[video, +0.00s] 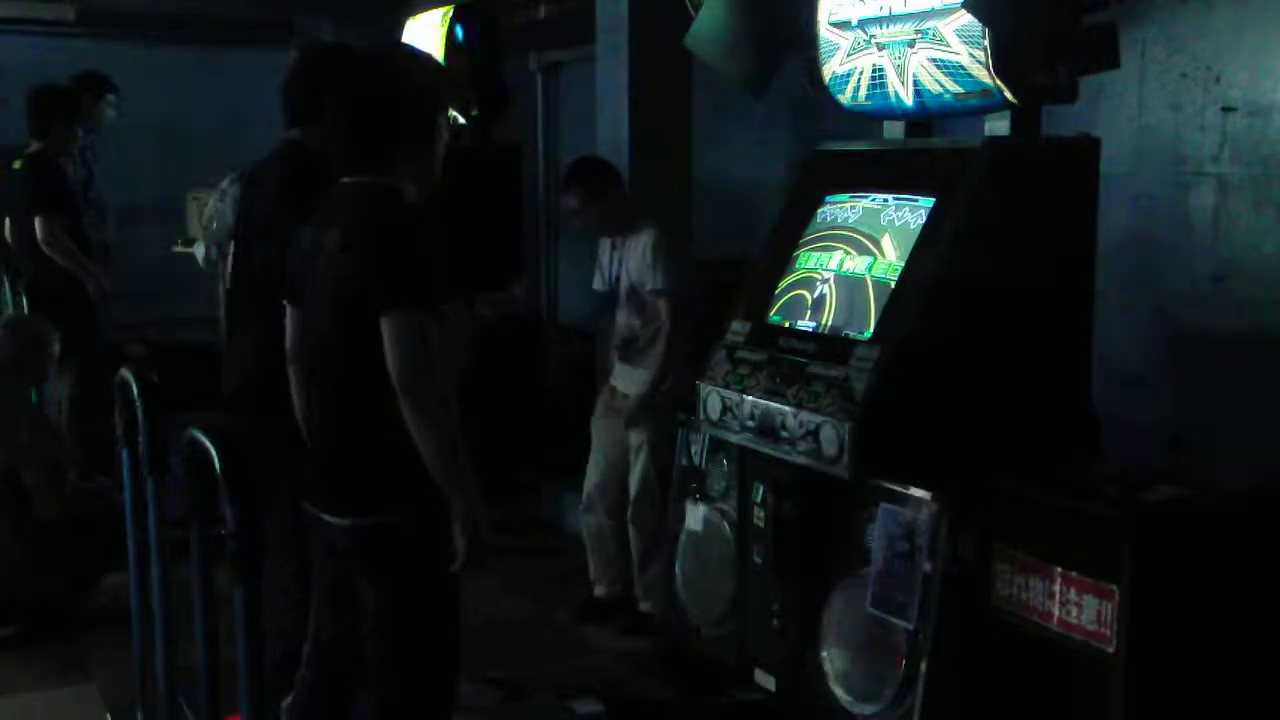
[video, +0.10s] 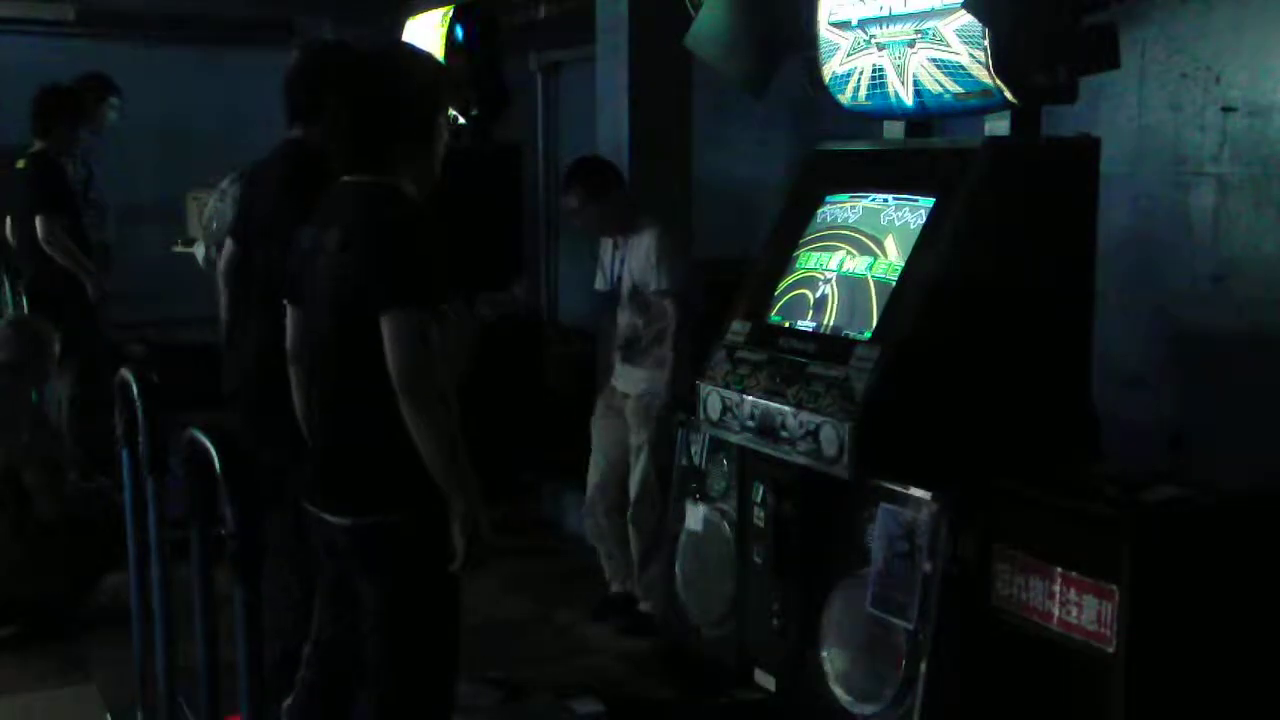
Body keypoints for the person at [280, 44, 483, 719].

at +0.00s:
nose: (448, 138)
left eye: (445, 120)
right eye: (440, 122)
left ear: (355, 127)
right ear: (414, 130)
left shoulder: (320, 215)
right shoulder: (407, 224)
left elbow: (295, 352)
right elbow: (411, 373)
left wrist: (318, 444)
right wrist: (460, 491)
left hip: (330, 480)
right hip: (398, 489)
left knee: (335, 658)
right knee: (414, 667)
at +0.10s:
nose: (449, 135)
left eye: (446, 118)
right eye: (440, 120)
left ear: (355, 126)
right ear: (415, 129)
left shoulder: (322, 214)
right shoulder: (408, 223)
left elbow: (296, 352)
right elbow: (411, 373)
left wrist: (320, 444)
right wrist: (460, 492)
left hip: (330, 480)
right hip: (397, 490)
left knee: (336, 658)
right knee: (414, 668)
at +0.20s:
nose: (449, 136)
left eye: (447, 118)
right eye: (441, 120)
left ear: (357, 125)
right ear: (416, 128)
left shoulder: (322, 213)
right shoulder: (407, 223)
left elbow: (296, 352)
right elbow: (411, 372)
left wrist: (320, 444)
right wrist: (460, 491)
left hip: (330, 479)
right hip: (397, 489)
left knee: (333, 659)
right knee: (413, 668)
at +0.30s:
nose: (449, 136)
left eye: (446, 118)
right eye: (440, 121)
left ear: (355, 127)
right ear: (414, 129)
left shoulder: (322, 215)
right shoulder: (407, 224)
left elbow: (299, 356)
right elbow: (414, 378)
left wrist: (321, 444)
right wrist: (462, 496)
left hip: (329, 479)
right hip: (397, 490)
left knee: (341, 656)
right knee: (415, 669)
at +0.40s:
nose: (445, 133)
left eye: (443, 115)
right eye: (436, 117)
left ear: (353, 123)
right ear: (411, 125)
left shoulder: (320, 211)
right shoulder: (410, 219)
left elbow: (301, 355)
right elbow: (418, 376)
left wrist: (321, 441)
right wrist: (463, 495)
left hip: (326, 477)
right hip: (398, 487)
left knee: (339, 659)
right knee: (413, 670)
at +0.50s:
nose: (446, 132)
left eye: (443, 114)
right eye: (436, 116)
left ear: (351, 123)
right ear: (411, 124)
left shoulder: (311, 216)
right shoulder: (409, 220)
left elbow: (300, 357)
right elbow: (418, 378)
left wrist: (322, 438)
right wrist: (462, 494)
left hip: (323, 480)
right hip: (397, 490)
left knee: (334, 661)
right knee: (411, 671)